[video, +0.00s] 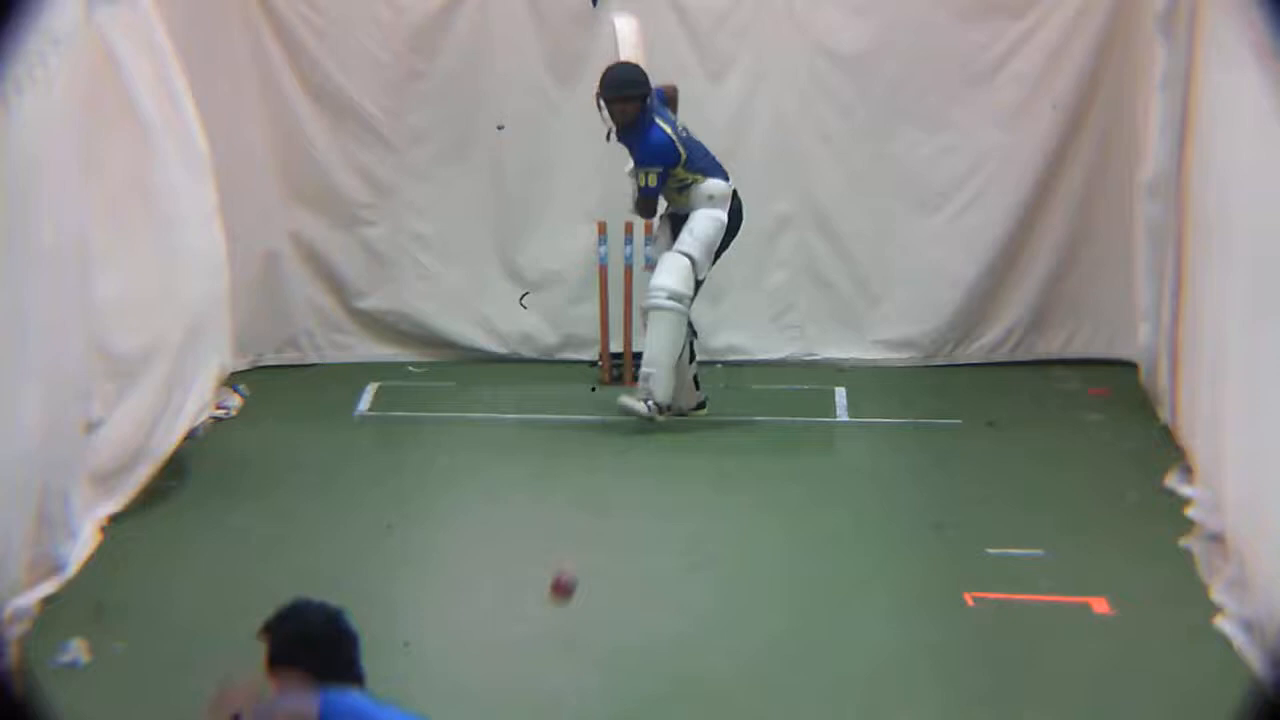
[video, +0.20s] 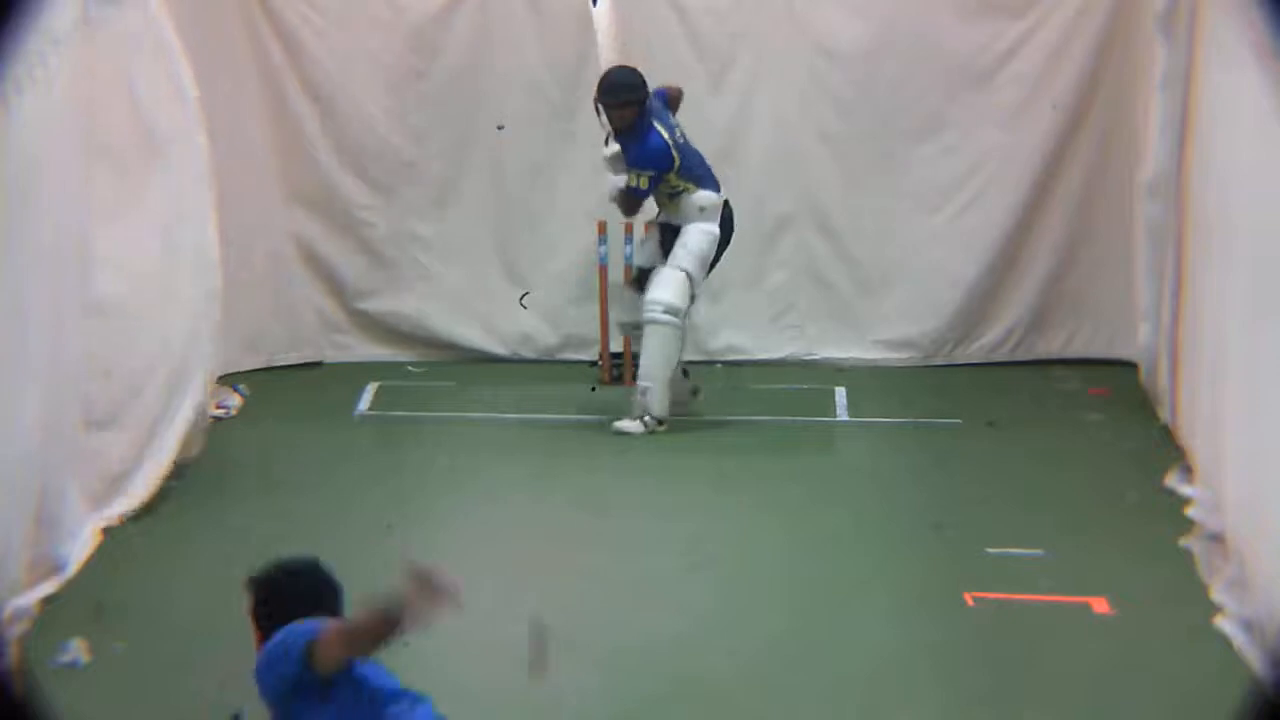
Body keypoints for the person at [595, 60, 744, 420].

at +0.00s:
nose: (619, 110)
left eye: (626, 102)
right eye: (613, 103)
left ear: (641, 101)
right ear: (605, 102)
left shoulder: (652, 142)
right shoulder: (647, 105)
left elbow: (646, 210)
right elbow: (670, 91)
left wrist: (640, 187)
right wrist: (670, 134)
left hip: (715, 208)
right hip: (682, 209)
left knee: (670, 287)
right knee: (667, 298)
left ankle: (653, 395)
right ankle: (684, 395)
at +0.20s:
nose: (614, 116)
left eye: (621, 109)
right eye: (610, 108)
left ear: (636, 106)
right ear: (604, 105)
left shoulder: (649, 147)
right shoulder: (650, 103)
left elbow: (629, 205)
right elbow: (673, 93)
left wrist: (621, 180)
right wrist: (662, 130)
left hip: (705, 220)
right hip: (671, 219)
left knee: (665, 301)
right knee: (632, 299)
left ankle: (651, 412)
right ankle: (677, 389)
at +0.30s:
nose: (625, 117)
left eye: (633, 109)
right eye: (619, 109)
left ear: (650, 105)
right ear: (612, 105)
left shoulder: (660, 141)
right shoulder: (643, 119)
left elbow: (610, 191)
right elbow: (630, 153)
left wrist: (587, 173)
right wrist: (606, 150)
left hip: (698, 228)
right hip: (665, 226)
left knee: (646, 297)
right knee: (611, 301)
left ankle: (651, 413)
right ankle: (648, 393)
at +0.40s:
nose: (641, 108)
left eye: (649, 99)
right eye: (634, 100)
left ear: (665, 95)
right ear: (626, 100)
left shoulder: (678, 129)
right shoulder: (644, 133)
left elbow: (630, 154)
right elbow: (628, 173)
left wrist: (575, 155)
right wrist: (588, 152)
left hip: (689, 231)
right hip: (654, 230)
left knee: (635, 295)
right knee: (606, 307)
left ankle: (650, 412)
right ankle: (649, 392)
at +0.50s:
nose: (643, 100)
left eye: (650, 91)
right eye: (639, 92)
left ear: (671, 85)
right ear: (637, 90)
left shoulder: (694, 113)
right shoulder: (641, 128)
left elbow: (647, 129)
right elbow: (625, 188)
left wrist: (594, 155)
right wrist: (593, 179)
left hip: (692, 227)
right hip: (654, 226)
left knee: (632, 293)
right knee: (607, 298)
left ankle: (647, 408)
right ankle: (645, 390)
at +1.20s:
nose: (679, 109)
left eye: (684, 100)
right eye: (677, 101)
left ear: (707, 97)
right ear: (690, 101)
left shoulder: (756, 122)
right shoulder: (693, 147)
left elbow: (808, 156)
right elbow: (693, 209)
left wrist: (773, 186)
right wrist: (716, 196)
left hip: (778, 226)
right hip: (735, 231)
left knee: (751, 314)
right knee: (698, 325)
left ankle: (795, 414)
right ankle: (694, 400)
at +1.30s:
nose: (683, 93)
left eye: (688, 85)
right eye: (682, 86)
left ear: (709, 82)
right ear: (700, 85)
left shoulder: (759, 110)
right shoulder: (699, 133)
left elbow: (810, 148)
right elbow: (699, 190)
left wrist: (775, 182)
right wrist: (708, 197)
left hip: (782, 213)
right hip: (739, 219)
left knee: (757, 307)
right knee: (705, 313)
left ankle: (796, 412)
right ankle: (725, 399)